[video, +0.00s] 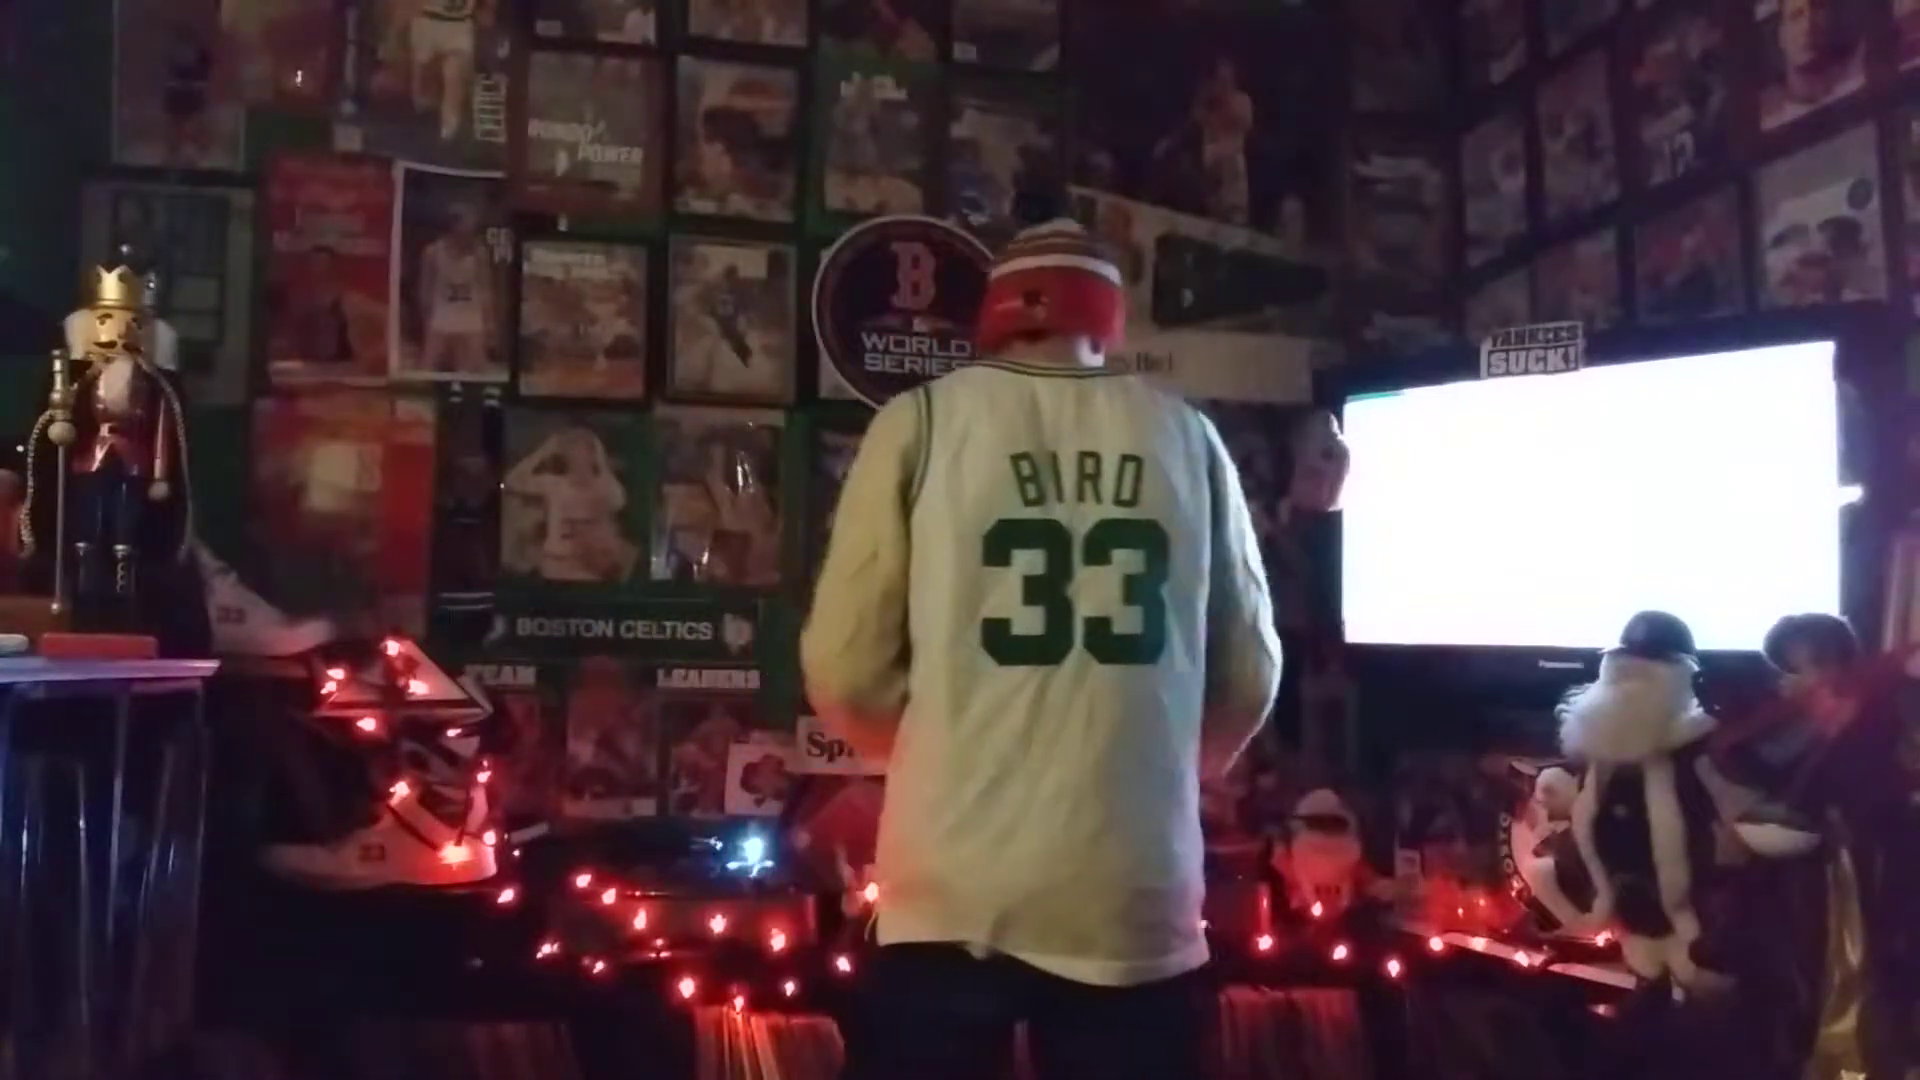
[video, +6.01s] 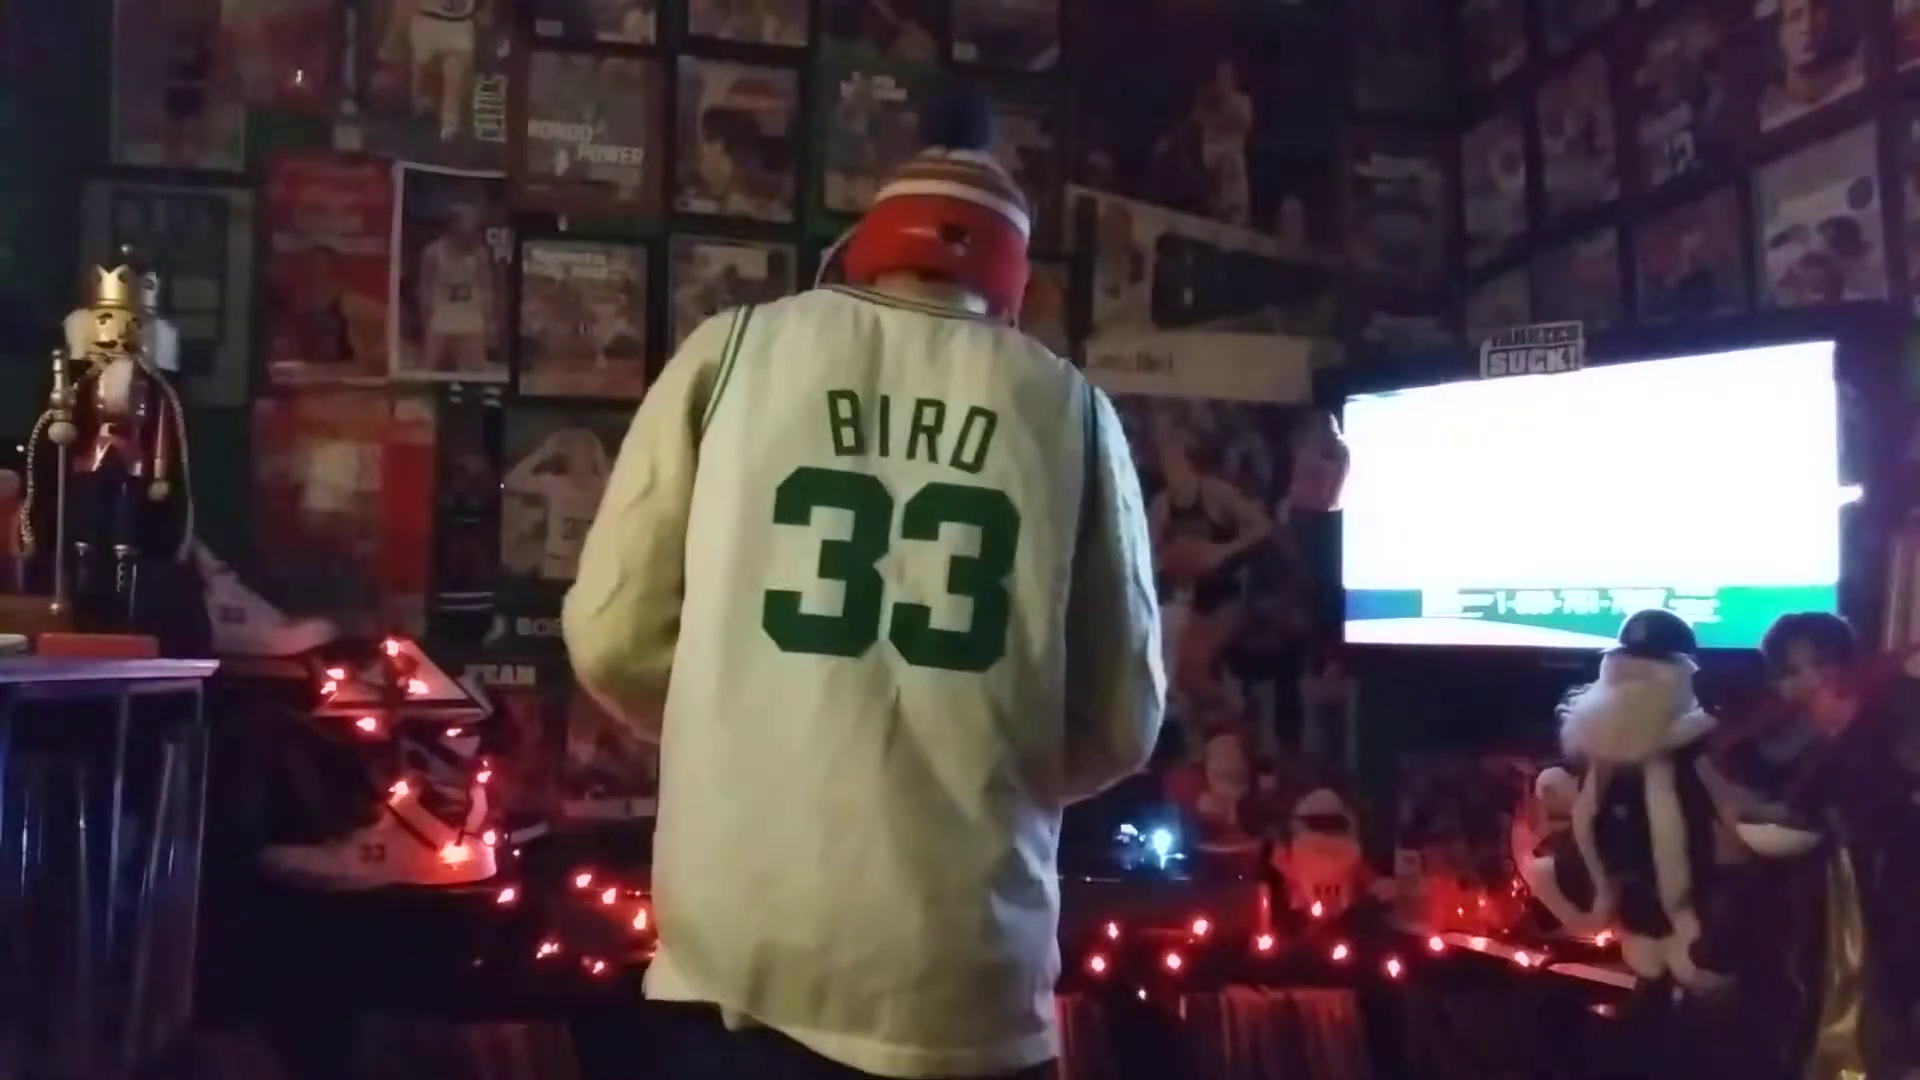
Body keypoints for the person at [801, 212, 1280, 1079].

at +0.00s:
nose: (987, 323)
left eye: (990, 307)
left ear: (996, 314)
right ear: (1112, 327)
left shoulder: (919, 421)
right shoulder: (1191, 437)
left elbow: (844, 667)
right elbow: (1249, 675)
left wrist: (943, 753)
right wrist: (1157, 779)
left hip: (946, 893)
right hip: (1136, 901)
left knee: (924, 1063)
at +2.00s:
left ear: (825, 344)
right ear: (952, 360)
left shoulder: (736, 431)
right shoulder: (1010, 449)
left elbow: (665, 671)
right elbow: (1061, 690)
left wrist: (783, 761)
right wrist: (1016, 819)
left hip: (792, 904)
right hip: (985, 904)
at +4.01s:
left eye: (1012, 314)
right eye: (1152, 336)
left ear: (1022, 317)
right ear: (1144, 340)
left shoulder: (913, 418)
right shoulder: (1192, 448)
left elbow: (850, 662)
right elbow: (1232, 698)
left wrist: (961, 730)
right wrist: (1119, 763)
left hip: (940, 887)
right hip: (1134, 898)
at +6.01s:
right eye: (1020, 281)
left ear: (859, 252)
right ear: (1011, 285)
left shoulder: (728, 350)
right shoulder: (1069, 407)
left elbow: (611, 637)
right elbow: (1116, 725)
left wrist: (748, 733)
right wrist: (970, 783)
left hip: (722, 949)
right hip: (957, 984)